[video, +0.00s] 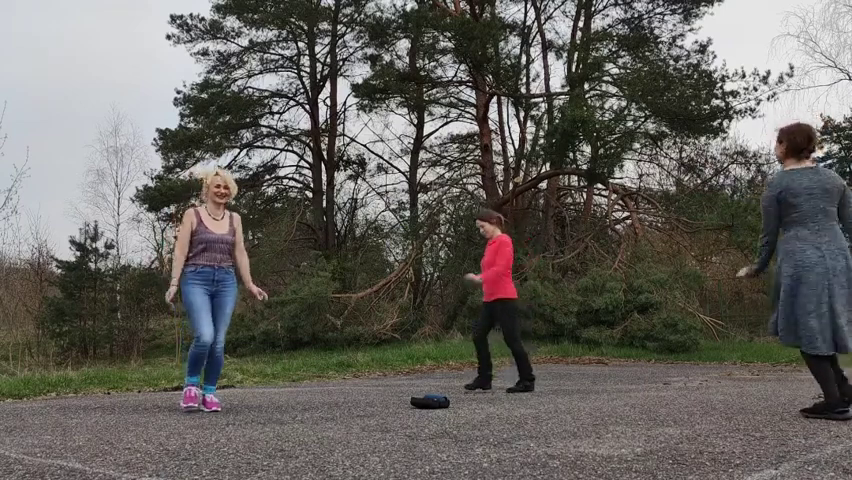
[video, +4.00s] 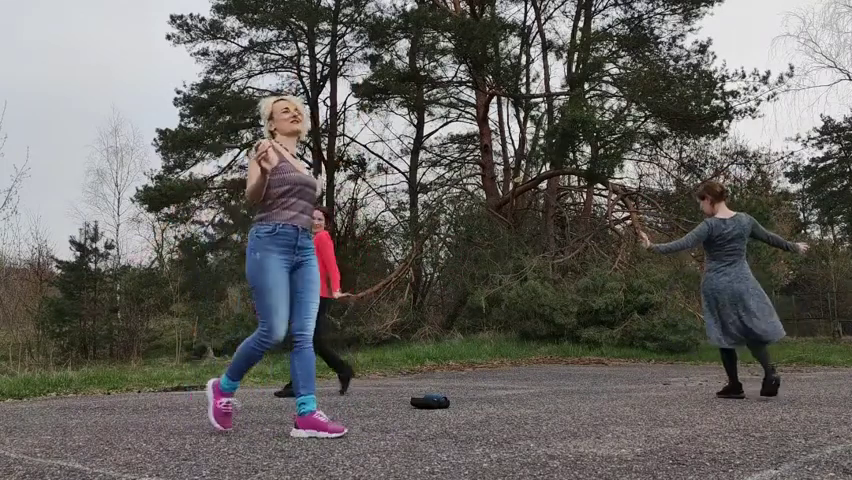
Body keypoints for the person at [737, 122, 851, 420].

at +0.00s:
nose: (775, 148)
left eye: (777, 144)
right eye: (776, 143)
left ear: (785, 147)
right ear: (808, 147)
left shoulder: (777, 182)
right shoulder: (834, 179)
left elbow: (769, 235)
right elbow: (847, 225)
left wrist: (759, 266)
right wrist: (844, 249)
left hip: (801, 260)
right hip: (837, 257)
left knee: (804, 330)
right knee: (824, 326)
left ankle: (833, 401)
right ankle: (840, 383)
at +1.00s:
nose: (733, 174)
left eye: (734, 170)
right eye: (733, 169)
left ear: (741, 172)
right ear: (761, 172)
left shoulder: (735, 198)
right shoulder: (777, 200)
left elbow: (731, 224)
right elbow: (800, 235)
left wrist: (730, 250)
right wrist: (819, 263)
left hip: (752, 270)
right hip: (780, 269)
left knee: (758, 329)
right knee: (771, 327)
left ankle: (778, 393)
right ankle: (772, 388)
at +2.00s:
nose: (692, 202)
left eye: (695, 198)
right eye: (693, 198)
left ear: (705, 199)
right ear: (716, 200)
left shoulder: (692, 227)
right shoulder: (731, 226)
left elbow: (662, 224)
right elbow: (718, 220)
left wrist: (654, 201)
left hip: (690, 282)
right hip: (716, 282)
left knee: (685, 332)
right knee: (715, 331)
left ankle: (686, 385)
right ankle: (731, 376)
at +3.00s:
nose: (709, 194)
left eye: (711, 190)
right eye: (709, 190)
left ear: (719, 190)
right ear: (733, 190)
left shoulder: (717, 210)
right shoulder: (751, 211)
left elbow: (727, 228)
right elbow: (782, 233)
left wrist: (735, 252)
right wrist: (805, 259)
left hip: (740, 275)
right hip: (761, 273)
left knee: (756, 329)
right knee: (739, 327)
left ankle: (782, 387)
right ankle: (744, 383)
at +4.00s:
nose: (700, 207)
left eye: (702, 201)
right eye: (700, 202)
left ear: (712, 200)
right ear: (720, 199)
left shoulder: (709, 225)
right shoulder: (744, 220)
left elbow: (684, 243)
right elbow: (769, 237)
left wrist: (652, 247)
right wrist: (793, 246)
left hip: (715, 283)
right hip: (742, 280)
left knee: (723, 334)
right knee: (751, 331)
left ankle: (733, 384)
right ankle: (770, 372)